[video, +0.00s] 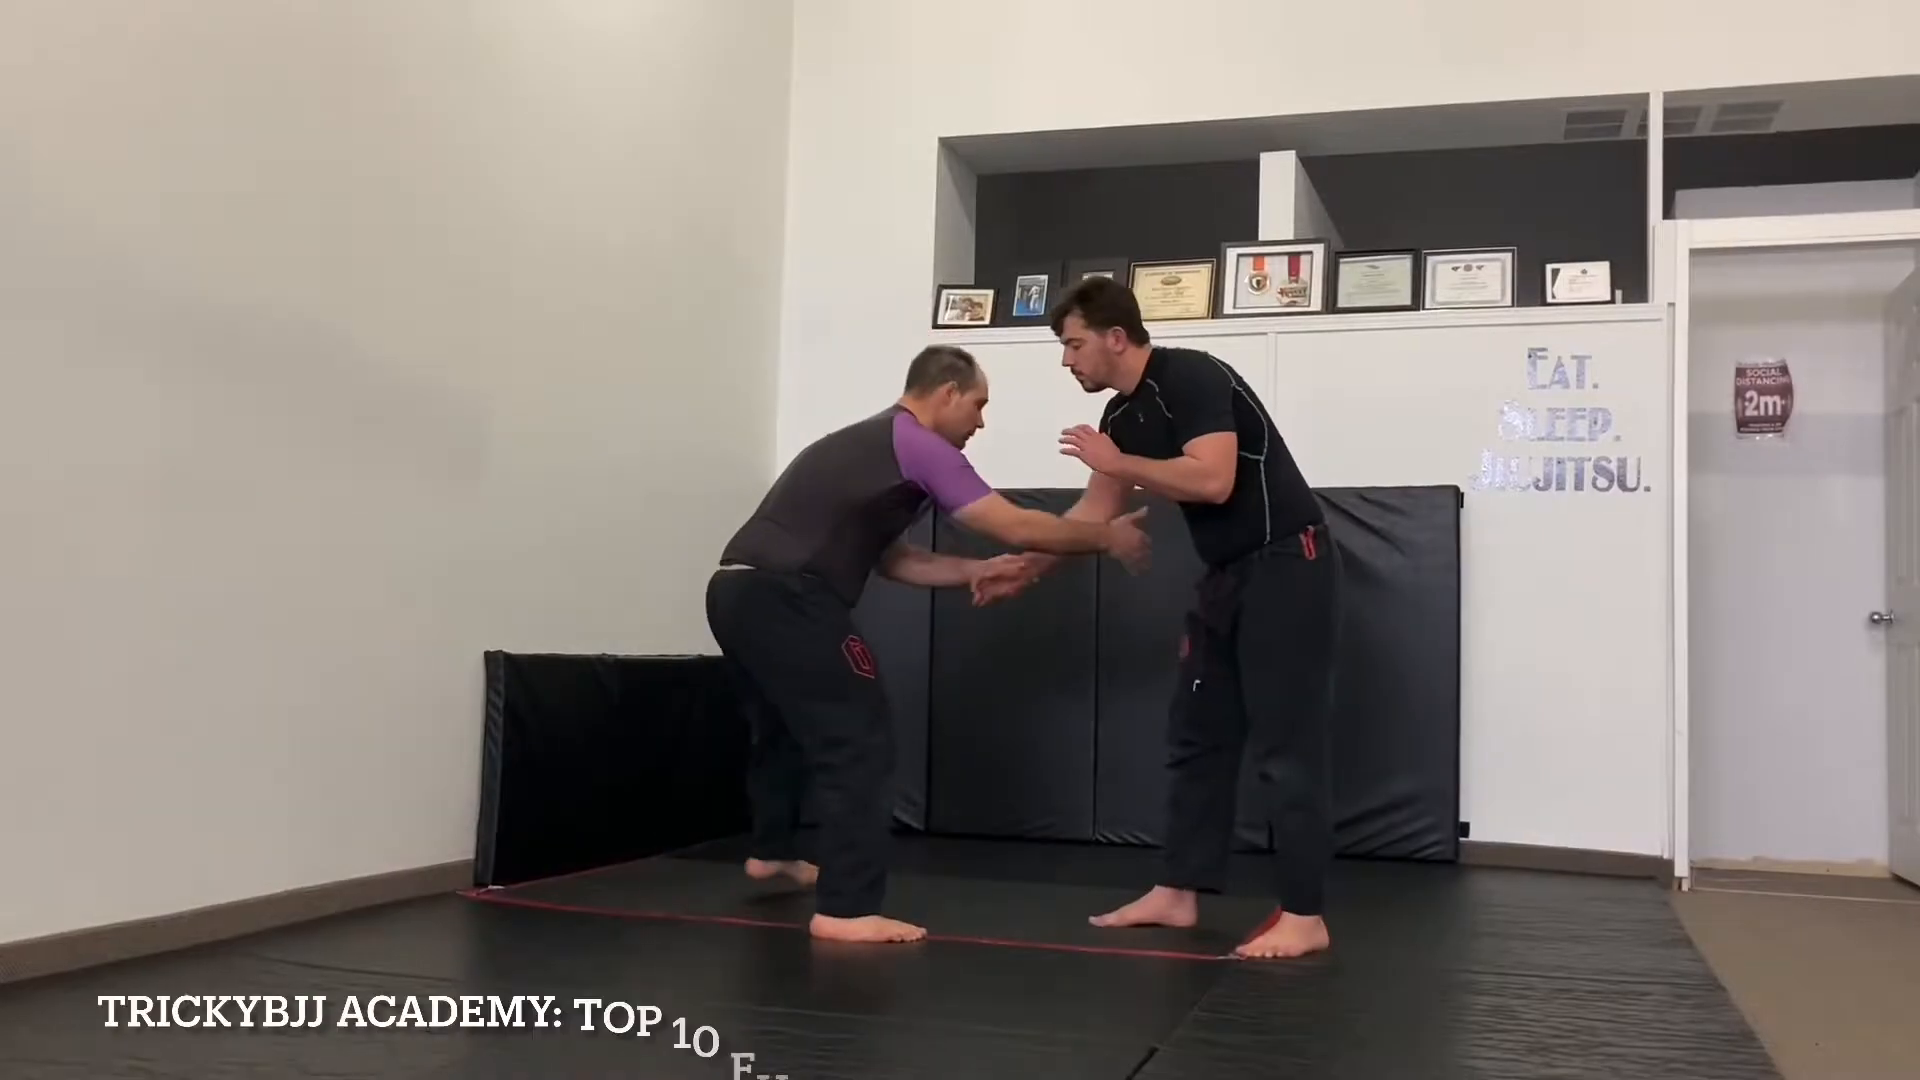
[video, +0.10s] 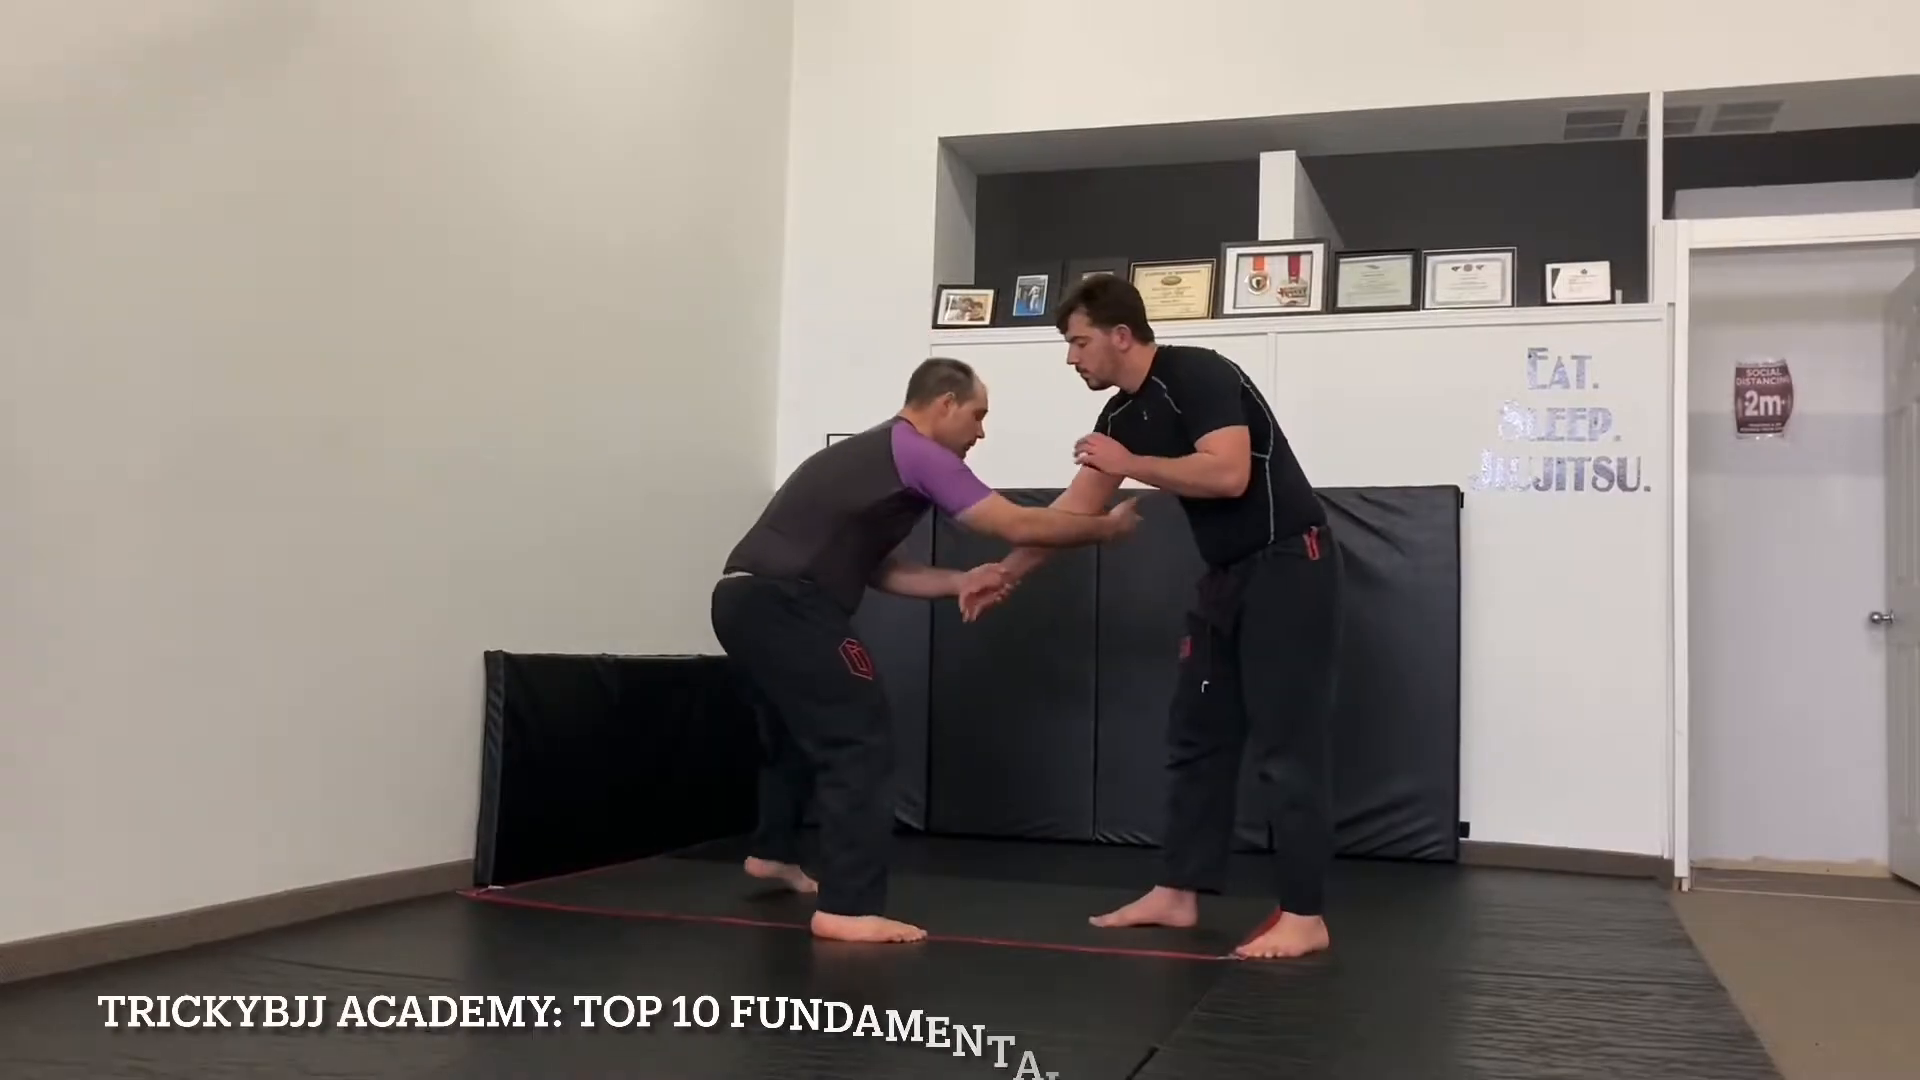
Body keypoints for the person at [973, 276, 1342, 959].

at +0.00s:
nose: (1066, 359)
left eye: (1074, 344)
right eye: (1064, 346)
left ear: (1117, 338)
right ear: (1107, 344)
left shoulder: (1193, 376)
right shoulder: (1121, 422)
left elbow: (1212, 479)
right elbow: (1094, 516)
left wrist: (1115, 460)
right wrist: (1031, 565)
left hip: (1288, 562)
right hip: (1227, 573)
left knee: (1285, 740)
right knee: (1199, 731)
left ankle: (1303, 915)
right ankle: (1177, 892)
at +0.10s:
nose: (1070, 357)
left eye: (1078, 342)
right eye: (1068, 343)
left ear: (1121, 336)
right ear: (1111, 341)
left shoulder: (1201, 374)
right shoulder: (1120, 418)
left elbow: (1229, 473)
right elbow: (1076, 511)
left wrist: (1130, 466)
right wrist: (1010, 569)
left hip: (1291, 562)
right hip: (1227, 572)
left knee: (1286, 740)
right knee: (1199, 730)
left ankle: (1302, 915)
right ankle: (1178, 892)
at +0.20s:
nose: (1075, 358)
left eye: (1082, 343)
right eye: (1072, 345)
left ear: (1124, 335)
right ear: (1115, 341)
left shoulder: (1205, 372)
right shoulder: (1123, 419)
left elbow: (1248, 467)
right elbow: (1075, 508)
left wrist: (1144, 471)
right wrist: (1009, 567)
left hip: (1291, 565)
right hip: (1228, 575)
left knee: (1287, 742)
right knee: (1200, 732)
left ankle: (1303, 915)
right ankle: (1177, 893)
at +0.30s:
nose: (1083, 360)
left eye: (1089, 345)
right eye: (1079, 347)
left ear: (1131, 335)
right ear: (1120, 341)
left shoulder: (1210, 370)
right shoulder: (1128, 416)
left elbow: (1265, 462)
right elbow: (1073, 508)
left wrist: (1163, 483)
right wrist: (1006, 564)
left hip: (1292, 564)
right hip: (1229, 574)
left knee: (1287, 742)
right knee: (1199, 732)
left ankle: (1303, 916)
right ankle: (1177, 893)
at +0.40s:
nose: (1089, 358)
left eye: (1095, 343)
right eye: (1086, 345)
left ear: (1138, 332)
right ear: (1125, 338)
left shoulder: (1219, 371)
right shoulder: (1132, 415)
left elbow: (1277, 458)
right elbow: (1069, 500)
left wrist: (1179, 491)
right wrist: (992, 556)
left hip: (1294, 565)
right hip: (1230, 574)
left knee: (1286, 742)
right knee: (1200, 733)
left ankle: (1303, 916)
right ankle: (1176, 894)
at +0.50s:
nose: (1092, 354)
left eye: (1099, 339)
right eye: (1089, 341)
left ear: (1141, 331)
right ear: (1133, 337)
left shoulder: (1223, 370)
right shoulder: (1130, 415)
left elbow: (1286, 453)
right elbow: (1062, 489)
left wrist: (1188, 495)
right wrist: (975, 543)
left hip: (1297, 566)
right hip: (1232, 574)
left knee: (1287, 743)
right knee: (1199, 734)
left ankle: (1304, 916)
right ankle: (1177, 895)